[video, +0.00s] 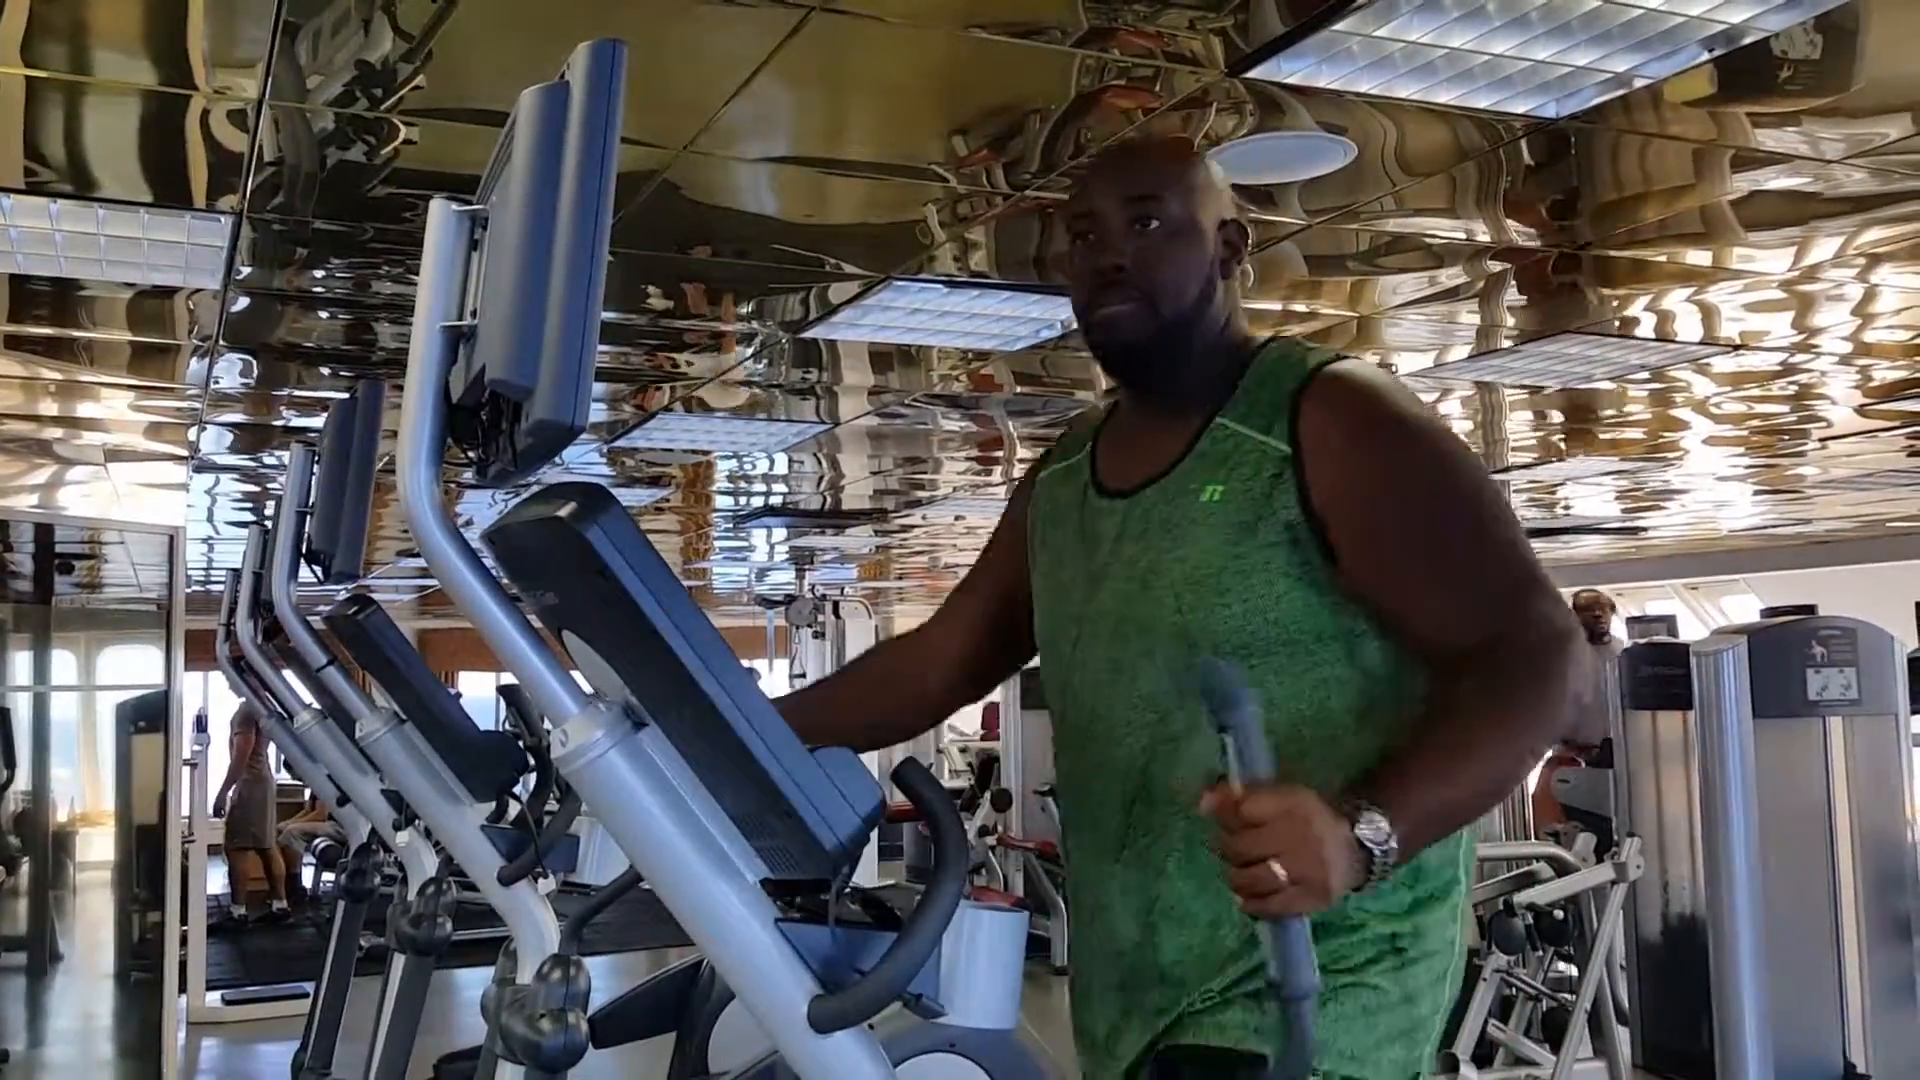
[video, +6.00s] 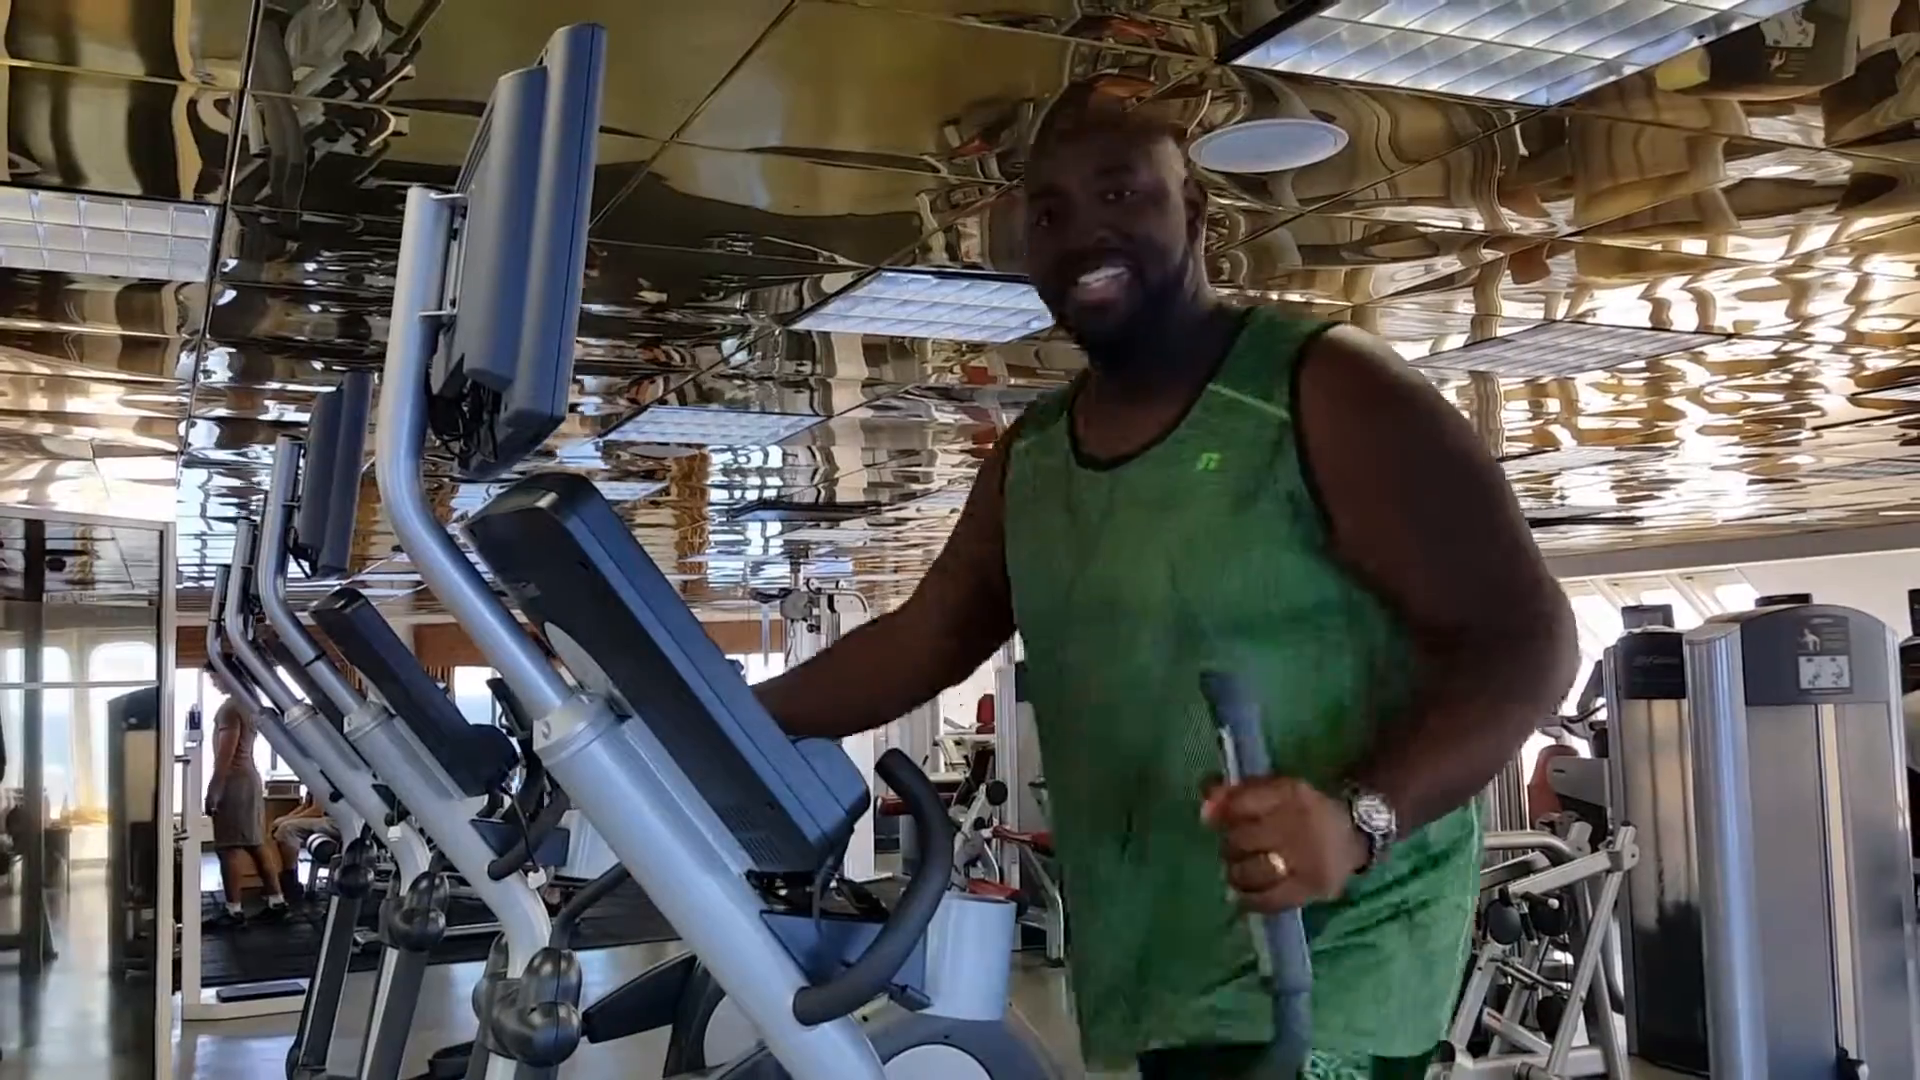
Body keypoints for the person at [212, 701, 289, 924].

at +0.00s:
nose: (225, 675)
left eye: (229, 671)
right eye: (226, 671)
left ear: (241, 676)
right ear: (254, 677)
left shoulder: (246, 711)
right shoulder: (263, 707)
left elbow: (241, 757)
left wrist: (222, 793)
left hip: (250, 784)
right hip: (265, 782)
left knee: (235, 847)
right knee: (268, 846)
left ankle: (238, 909)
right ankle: (280, 904)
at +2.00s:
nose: (209, 680)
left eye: (211, 671)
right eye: (207, 673)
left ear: (227, 673)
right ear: (235, 675)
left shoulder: (233, 705)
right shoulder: (248, 702)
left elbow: (229, 752)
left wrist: (212, 786)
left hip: (237, 780)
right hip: (253, 777)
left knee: (225, 844)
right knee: (258, 842)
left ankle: (228, 907)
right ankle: (270, 902)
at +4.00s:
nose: (206, 684)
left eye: (208, 675)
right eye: (204, 677)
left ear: (224, 678)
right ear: (232, 679)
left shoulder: (231, 712)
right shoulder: (247, 709)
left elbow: (224, 761)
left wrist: (209, 795)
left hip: (233, 786)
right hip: (250, 784)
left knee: (220, 850)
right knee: (254, 847)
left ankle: (226, 912)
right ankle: (269, 907)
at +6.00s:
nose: (211, 681)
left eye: (213, 675)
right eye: (209, 676)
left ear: (226, 675)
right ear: (235, 675)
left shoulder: (230, 708)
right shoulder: (248, 705)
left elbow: (227, 753)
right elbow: (243, 752)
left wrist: (214, 788)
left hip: (233, 781)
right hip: (250, 779)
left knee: (229, 847)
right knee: (256, 842)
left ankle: (233, 909)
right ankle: (277, 901)